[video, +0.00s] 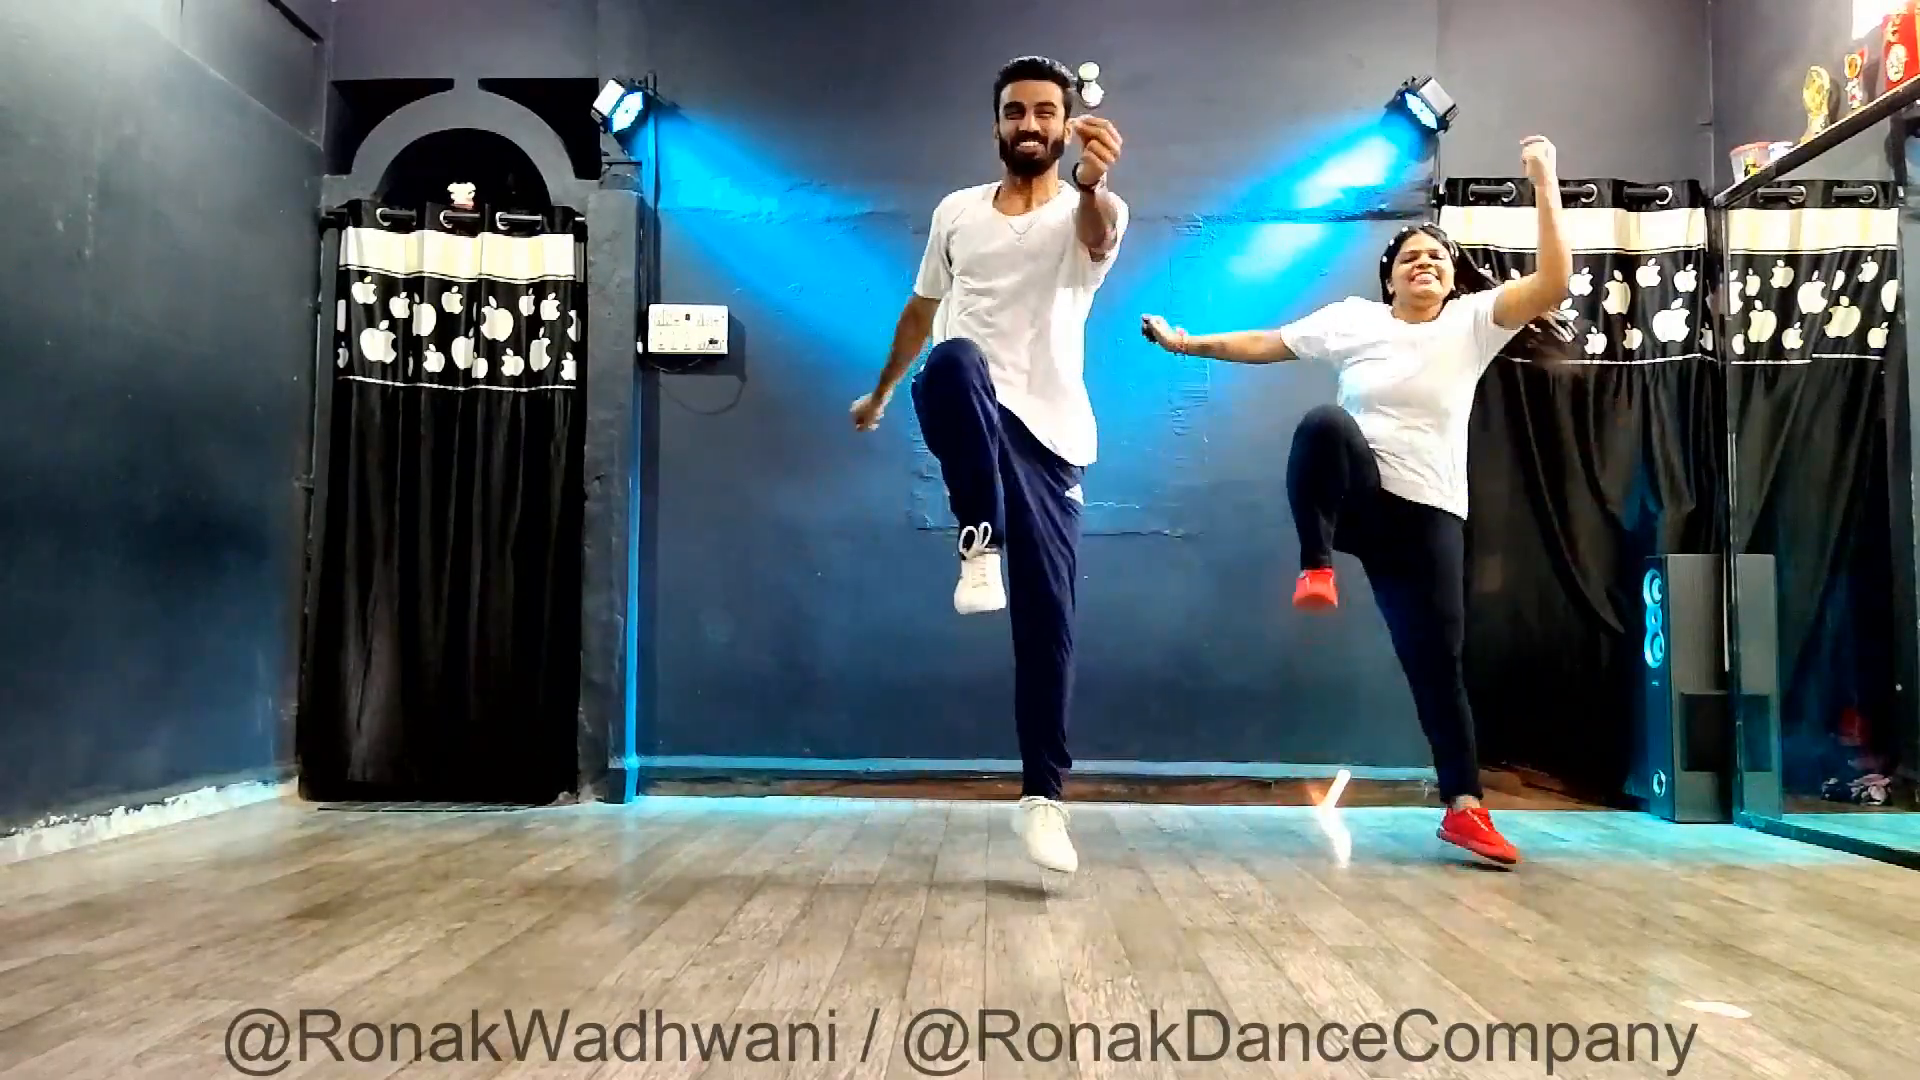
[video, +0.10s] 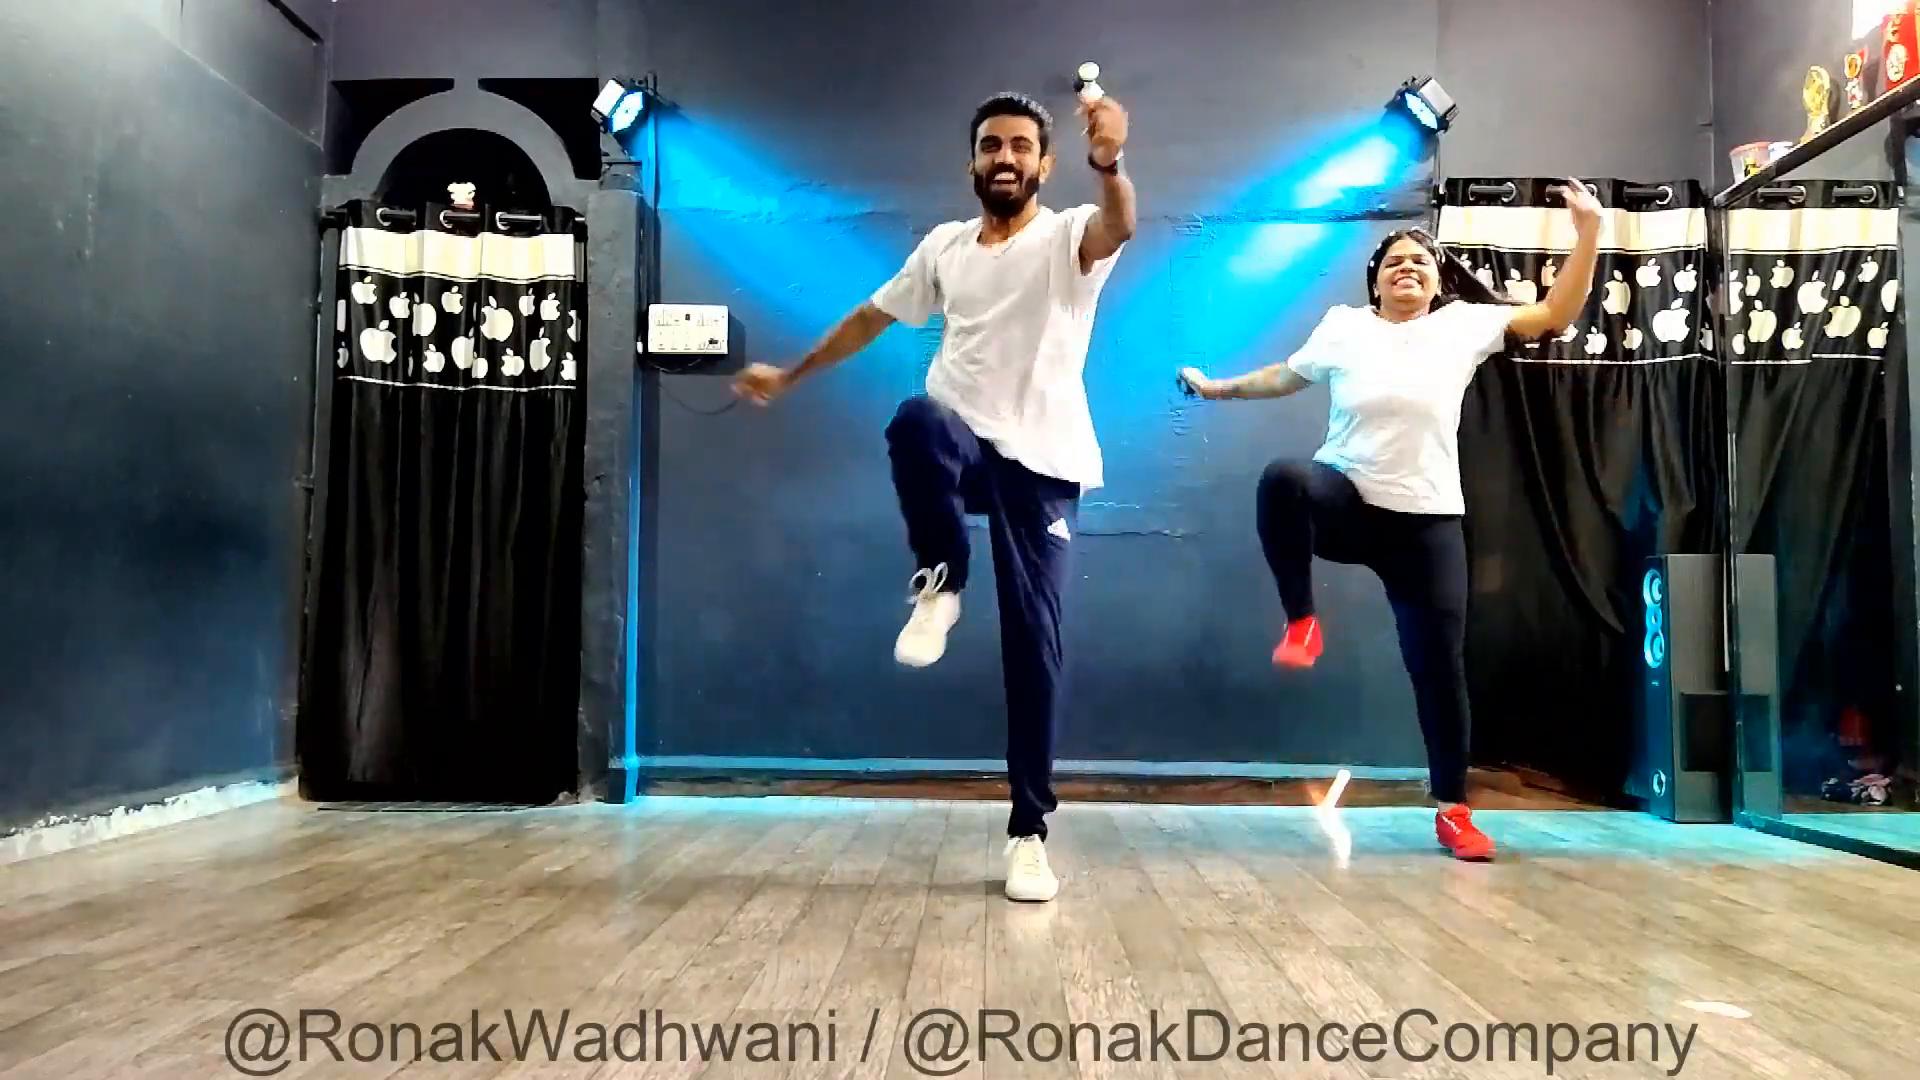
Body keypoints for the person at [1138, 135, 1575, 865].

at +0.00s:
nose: (1424, 265)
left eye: (1436, 259)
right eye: (1411, 258)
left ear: (1452, 278)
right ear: (1390, 276)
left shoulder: (1473, 321)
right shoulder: (1355, 322)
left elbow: (1552, 283)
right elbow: (1271, 344)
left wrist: (1545, 190)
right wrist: (1189, 342)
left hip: (1430, 516)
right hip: (1359, 499)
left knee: (1439, 662)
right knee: (1324, 423)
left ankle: (1463, 806)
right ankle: (1316, 567)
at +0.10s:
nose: (1407, 267)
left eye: (1420, 262)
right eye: (1395, 261)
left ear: (1436, 284)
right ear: (1374, 283)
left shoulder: (1465, 326)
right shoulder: (1344, 328)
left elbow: (1553, 314)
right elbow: (1284, 378)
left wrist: (1588, 234)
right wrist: (1215, 388)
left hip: (1428, 520)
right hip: (1348, 502)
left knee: (1442, 668)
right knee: (1282, 478)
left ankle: (1451, 809)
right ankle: (1300, 622)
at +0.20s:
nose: (1393, 286)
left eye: (1405, 281)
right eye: (1382, 280)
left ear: (1425, 301)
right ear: (1364, 301)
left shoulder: (1454, 353)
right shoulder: (1333, 358)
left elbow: (1537, 375)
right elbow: (1299, 424)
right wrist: (1234, 454)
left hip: (1427, 540)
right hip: (1338, 529)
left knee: (1442, 680)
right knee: (1262, 572)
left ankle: (1453, 817)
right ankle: (1292, 698)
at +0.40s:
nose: (1348, 318)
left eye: (1359, 311)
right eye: (1338, 310)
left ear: (1376, 327)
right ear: (1318, 322)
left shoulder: (1395, 383)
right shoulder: (1284, 373)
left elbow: (1395, 447)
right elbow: (1266, 416)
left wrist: (1331, 443)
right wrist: (1347, 384)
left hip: (1395, 537)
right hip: (1309, 543)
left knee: (1442, 634)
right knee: (1296, 679)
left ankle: (1453, 788)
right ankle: (1295, 801)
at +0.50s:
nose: (1341, 297)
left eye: (1352, 291)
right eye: (1330, 290)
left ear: (1367, 307)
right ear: (1311, 305)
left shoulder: (1381, 356)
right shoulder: (1286, 350)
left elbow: (1397, 299)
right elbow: (1252, 311)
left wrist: (1359, 227)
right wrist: (1299, 245)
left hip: (1381, 515)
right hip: (1304, 528)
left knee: (1454, 549)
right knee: (1303, 671)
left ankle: (1432, 687)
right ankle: (1298, 794)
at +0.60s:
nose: (1346, 287)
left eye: (1358, 281)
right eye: (1333, 280)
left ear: (1371, 297)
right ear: (1312, 295)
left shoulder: (1389, 326)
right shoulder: (1281, 330)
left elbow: (1436, 252)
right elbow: (1212, 288)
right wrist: (1212, 210)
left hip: (1376, 501)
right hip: (1301, 512)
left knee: (1456, 502)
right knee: (1300, 660)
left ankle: (1429, 634)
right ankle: (1300, 782)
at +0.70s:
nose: (1339, 303)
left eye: (1351, 297)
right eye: (1328, 296)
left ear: (1367, 312)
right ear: (1310, 311)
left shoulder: (1388, 350)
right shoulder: (1276, 355)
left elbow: (1469, 325)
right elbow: (1188, 359)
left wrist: (1534, 279)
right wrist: (1128, 313)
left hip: (1377, 512)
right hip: (1302, 529)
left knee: (1457, 489)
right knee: (1304, 668)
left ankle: (1435, 623)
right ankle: (1291, 784)